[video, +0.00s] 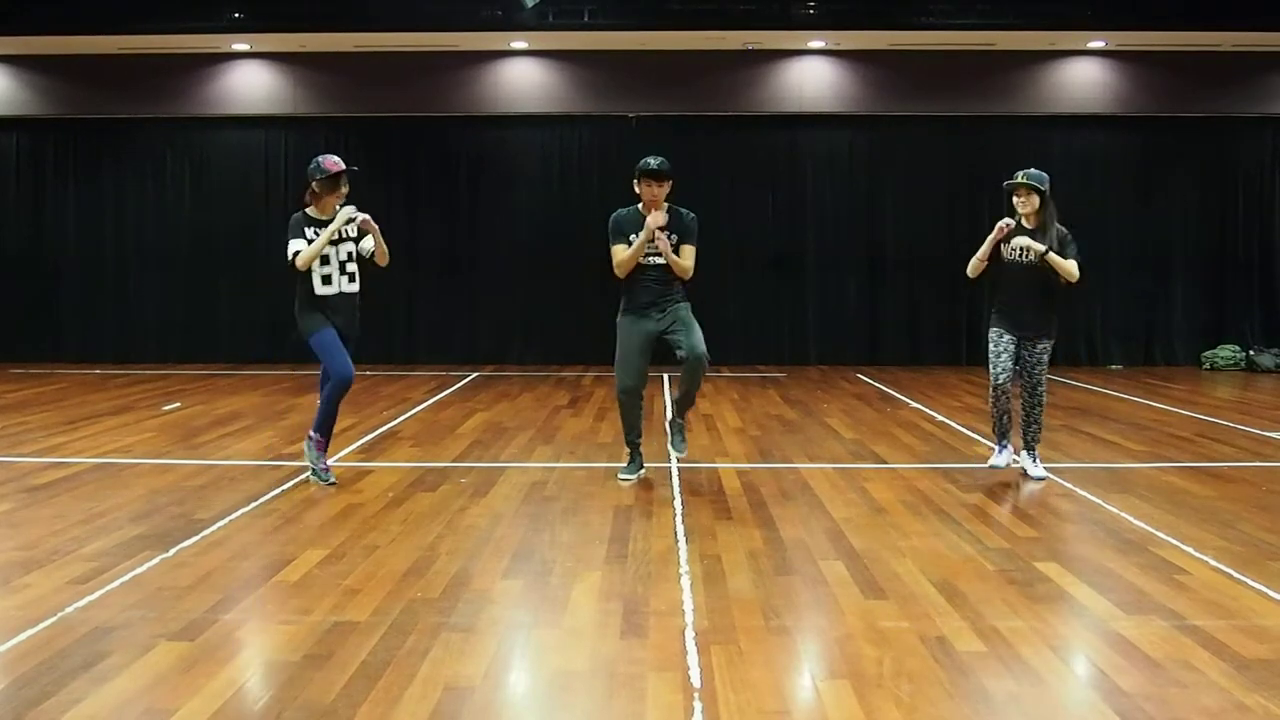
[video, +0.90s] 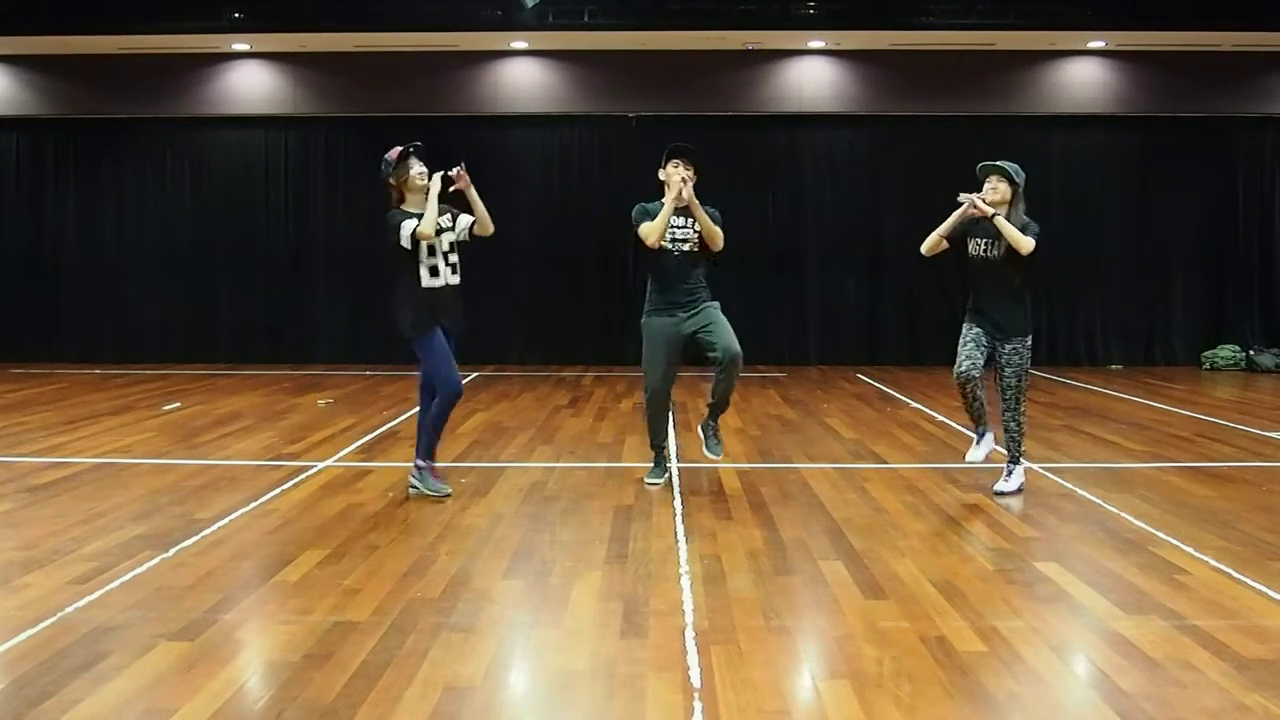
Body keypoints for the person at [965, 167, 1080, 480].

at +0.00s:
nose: (1021, 199)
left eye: (1028, 194)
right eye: (1017, 194)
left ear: (1042, 198)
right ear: (1012, 198)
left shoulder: (1058, 235)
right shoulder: (1003, 232)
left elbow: (1073, 274)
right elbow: (972, 272)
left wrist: (1042, 250)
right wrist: (993, 238)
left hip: (1040, 326)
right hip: (1003, 321)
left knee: (1034, 389)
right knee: (999, 383)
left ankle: (1029, 453)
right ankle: (1003, 447)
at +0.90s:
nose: (989, 188)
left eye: (997, 184)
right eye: (986, 183)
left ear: (1013, 191)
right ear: (981, 190)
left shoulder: (1025, 224)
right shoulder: (971, 221)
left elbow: (1025, 247)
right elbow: (927, 249)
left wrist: (993, 214)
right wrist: (957, 216)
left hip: (1014, 325)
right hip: (978, 320)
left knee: (1011, 398)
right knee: (965, 374)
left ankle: (1014, 465)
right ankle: (983, 434)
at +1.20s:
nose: (971, 197)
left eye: (980, 193)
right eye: (969, 193)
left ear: (996, 201)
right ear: (964, 200)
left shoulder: (1011, 239)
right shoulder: (956, 238)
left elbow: (1008, 268)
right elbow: (918, 267)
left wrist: (978, 231)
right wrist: (943, 228)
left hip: (994, 332)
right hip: (958, 333)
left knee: (964, 384)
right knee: (959, 407)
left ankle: (991, 428)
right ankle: (980, 476)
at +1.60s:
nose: (944, 200)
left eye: (953, 195)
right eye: (942, 194)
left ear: (970, 202)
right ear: (938, 201)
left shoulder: (985, 240)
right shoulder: (932, 237)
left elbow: (977, 268)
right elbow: (891, 267)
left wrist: (944, 230)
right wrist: (916, 226)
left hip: (972, 339)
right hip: (935, 335)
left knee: (957, 410)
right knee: (920, 405)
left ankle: (968, 488)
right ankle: (955, 440)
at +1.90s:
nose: (921, 176)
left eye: (930, 173)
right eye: (920, 172)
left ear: (948, 184)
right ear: (916, 185)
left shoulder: (959, 222)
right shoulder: (906, 220)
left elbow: (944, 242)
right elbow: (855, 246)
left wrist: (914, 205)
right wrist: (884, 209)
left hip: (949, 331)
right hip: (910, 327)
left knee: (953, 406)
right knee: (892, 393)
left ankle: (963, 480)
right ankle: (911, 469)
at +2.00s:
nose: (909, 190)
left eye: (918, 185)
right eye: (908, 184)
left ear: (938, 192)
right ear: (906, 193)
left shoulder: (952, 233)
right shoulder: (897, 231)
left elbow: (931, 261)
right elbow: (850, 260)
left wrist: (902, 220)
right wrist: (877, 220)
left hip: (934, 339)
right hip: (897, 338)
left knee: (919, 415)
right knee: (896, 419)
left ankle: (953, 470)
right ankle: (914, 492)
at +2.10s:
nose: (901, 197)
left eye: (910, 191)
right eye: (898, 191)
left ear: (928, 197)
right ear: (894, 198)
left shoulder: (944, 240)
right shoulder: (888, 237)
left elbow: (931, 271)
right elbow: (842, 267)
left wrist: (898, 231)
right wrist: (868, 228)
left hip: (922, 342)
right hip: (886, 341)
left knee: (884, 403)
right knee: (888, 423)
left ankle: (929, 444)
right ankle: (915, 494)